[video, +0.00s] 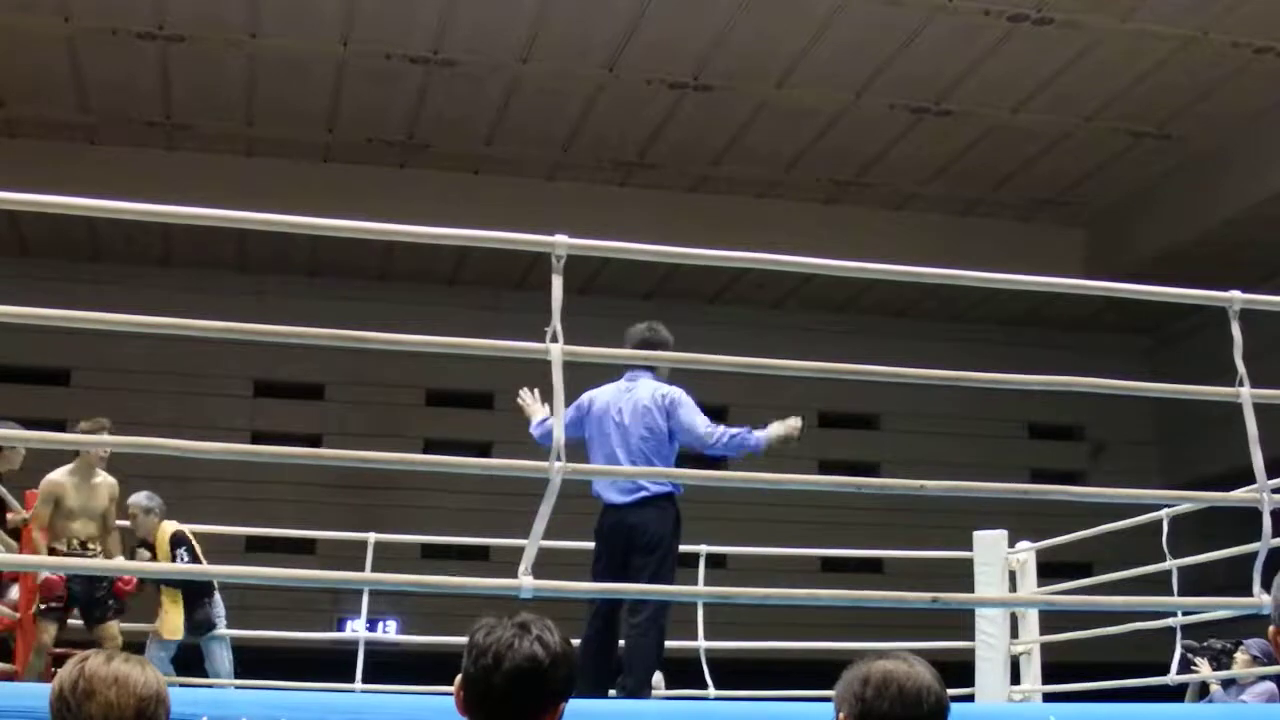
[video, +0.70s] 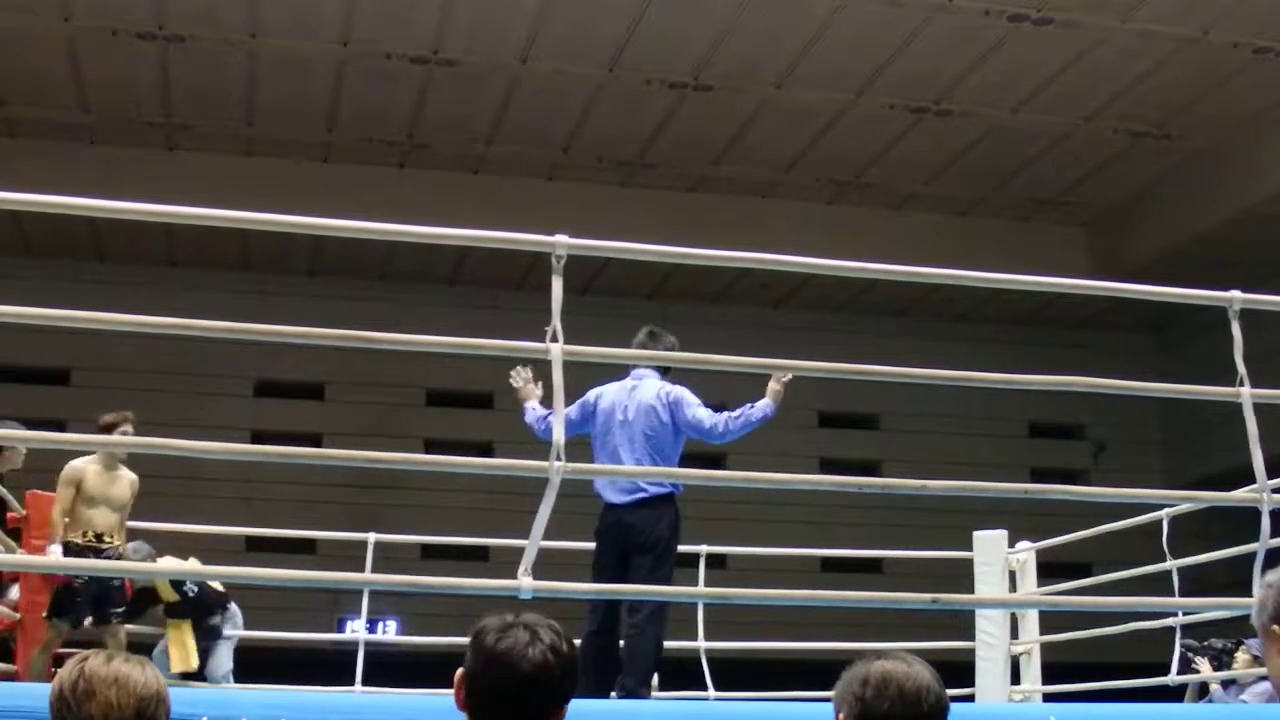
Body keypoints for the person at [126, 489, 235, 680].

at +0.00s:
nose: (131, 523)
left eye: (134, 517)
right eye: (130, 518)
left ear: (154, 516)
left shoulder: (177, 536)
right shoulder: (145, 544)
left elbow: (186, 579)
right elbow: (144, 582)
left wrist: (150, 567)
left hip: (203, 603)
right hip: (172, 605)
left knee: (218, 665)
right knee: (156, 657)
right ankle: (174, 706)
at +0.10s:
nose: (130, 531)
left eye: (135, 526)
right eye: (129, 526)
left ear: (155, 524)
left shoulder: (176, 541)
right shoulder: (144, 549)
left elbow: (201, 587)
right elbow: (136, 581)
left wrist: (156, 577)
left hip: (205, 604)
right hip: (175, 605)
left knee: (219, 667)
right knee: (155, 658)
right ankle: (175, 705)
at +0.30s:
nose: (129, 552)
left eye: (134, 547)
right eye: (128, 547)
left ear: (153, 542)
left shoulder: (178, 555)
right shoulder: (144, 561)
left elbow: (205, 594)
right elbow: (133, 595)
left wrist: (164, 591)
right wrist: (106, 612)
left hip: (209, 609)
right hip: (179, 611)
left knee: (216, 670)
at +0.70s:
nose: (131, 575)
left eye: (135, 568)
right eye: (129, 569)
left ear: (149, 561)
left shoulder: (170, 568)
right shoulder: (151, 579)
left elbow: (204, 604)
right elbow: (140, 603)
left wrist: (167, 610)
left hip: (223, 615)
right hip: (190, 617)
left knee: (216, 672)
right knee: (161, 658)